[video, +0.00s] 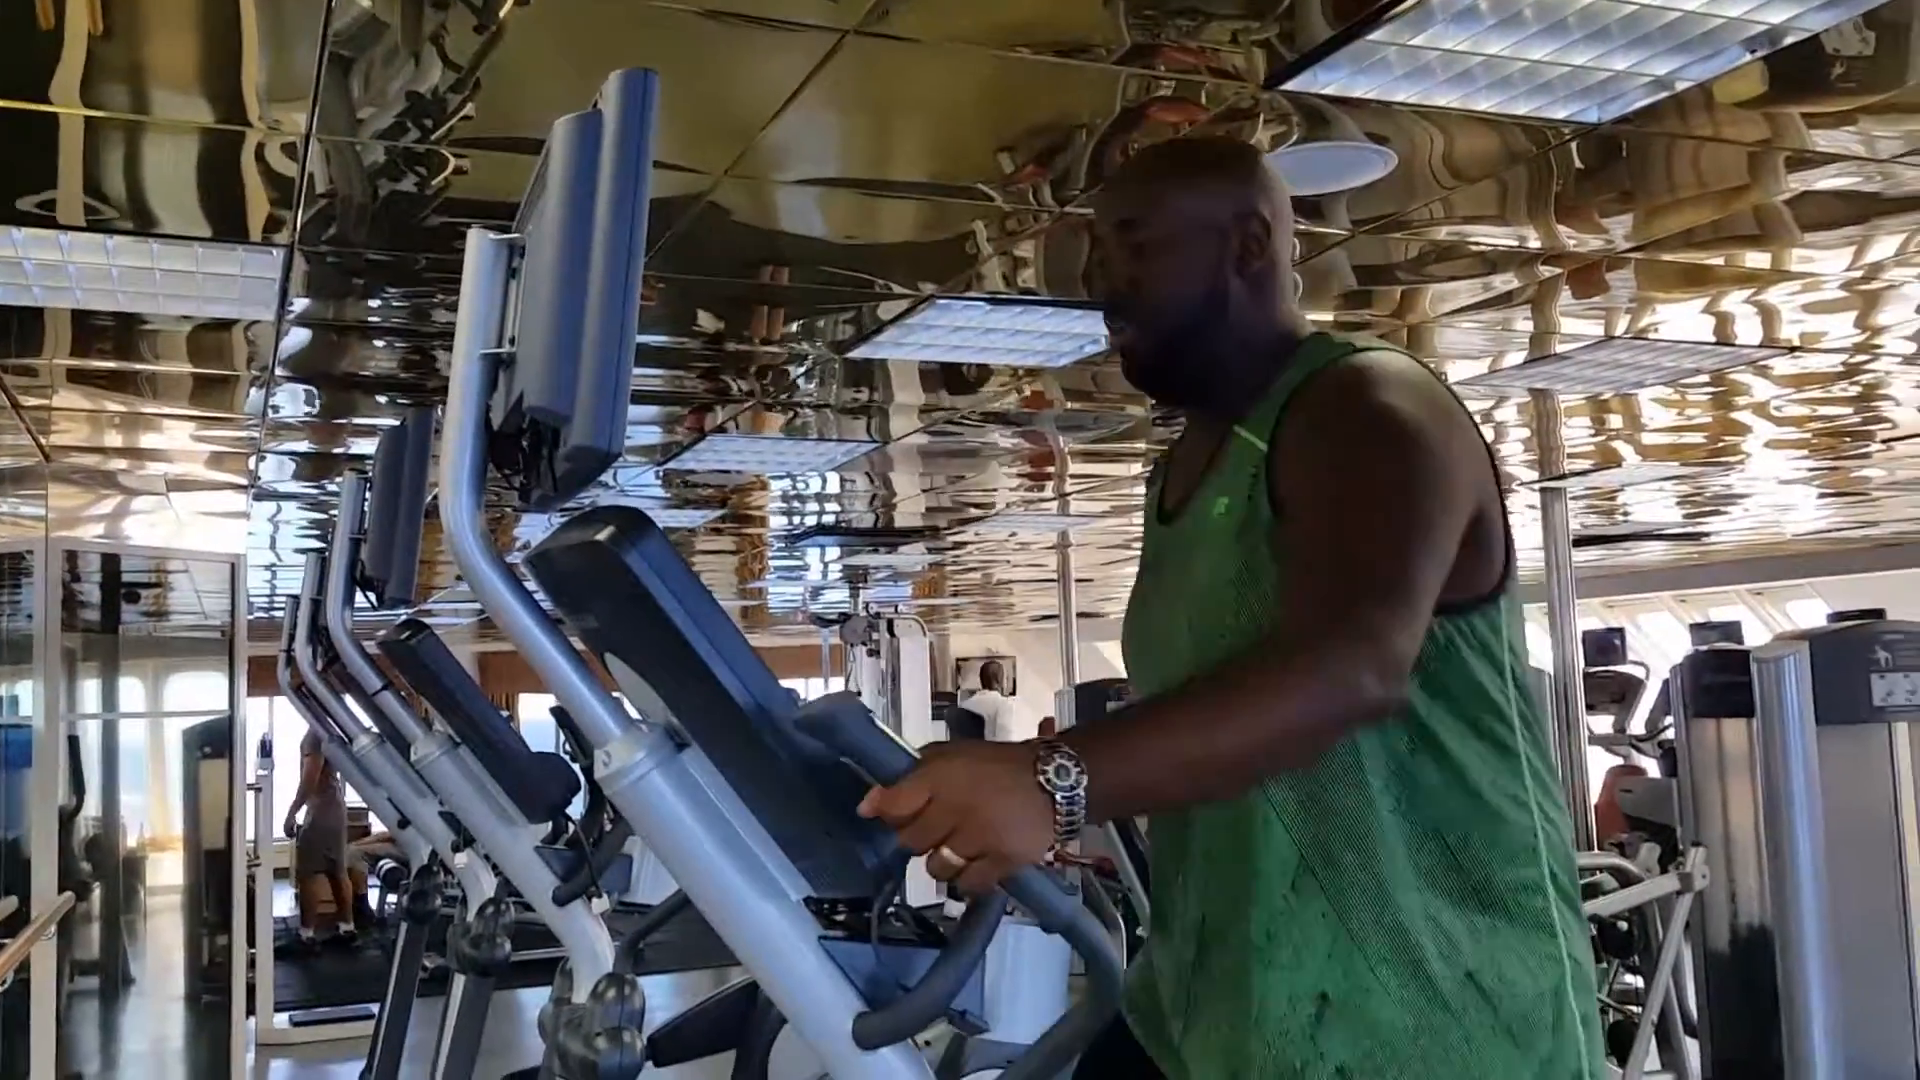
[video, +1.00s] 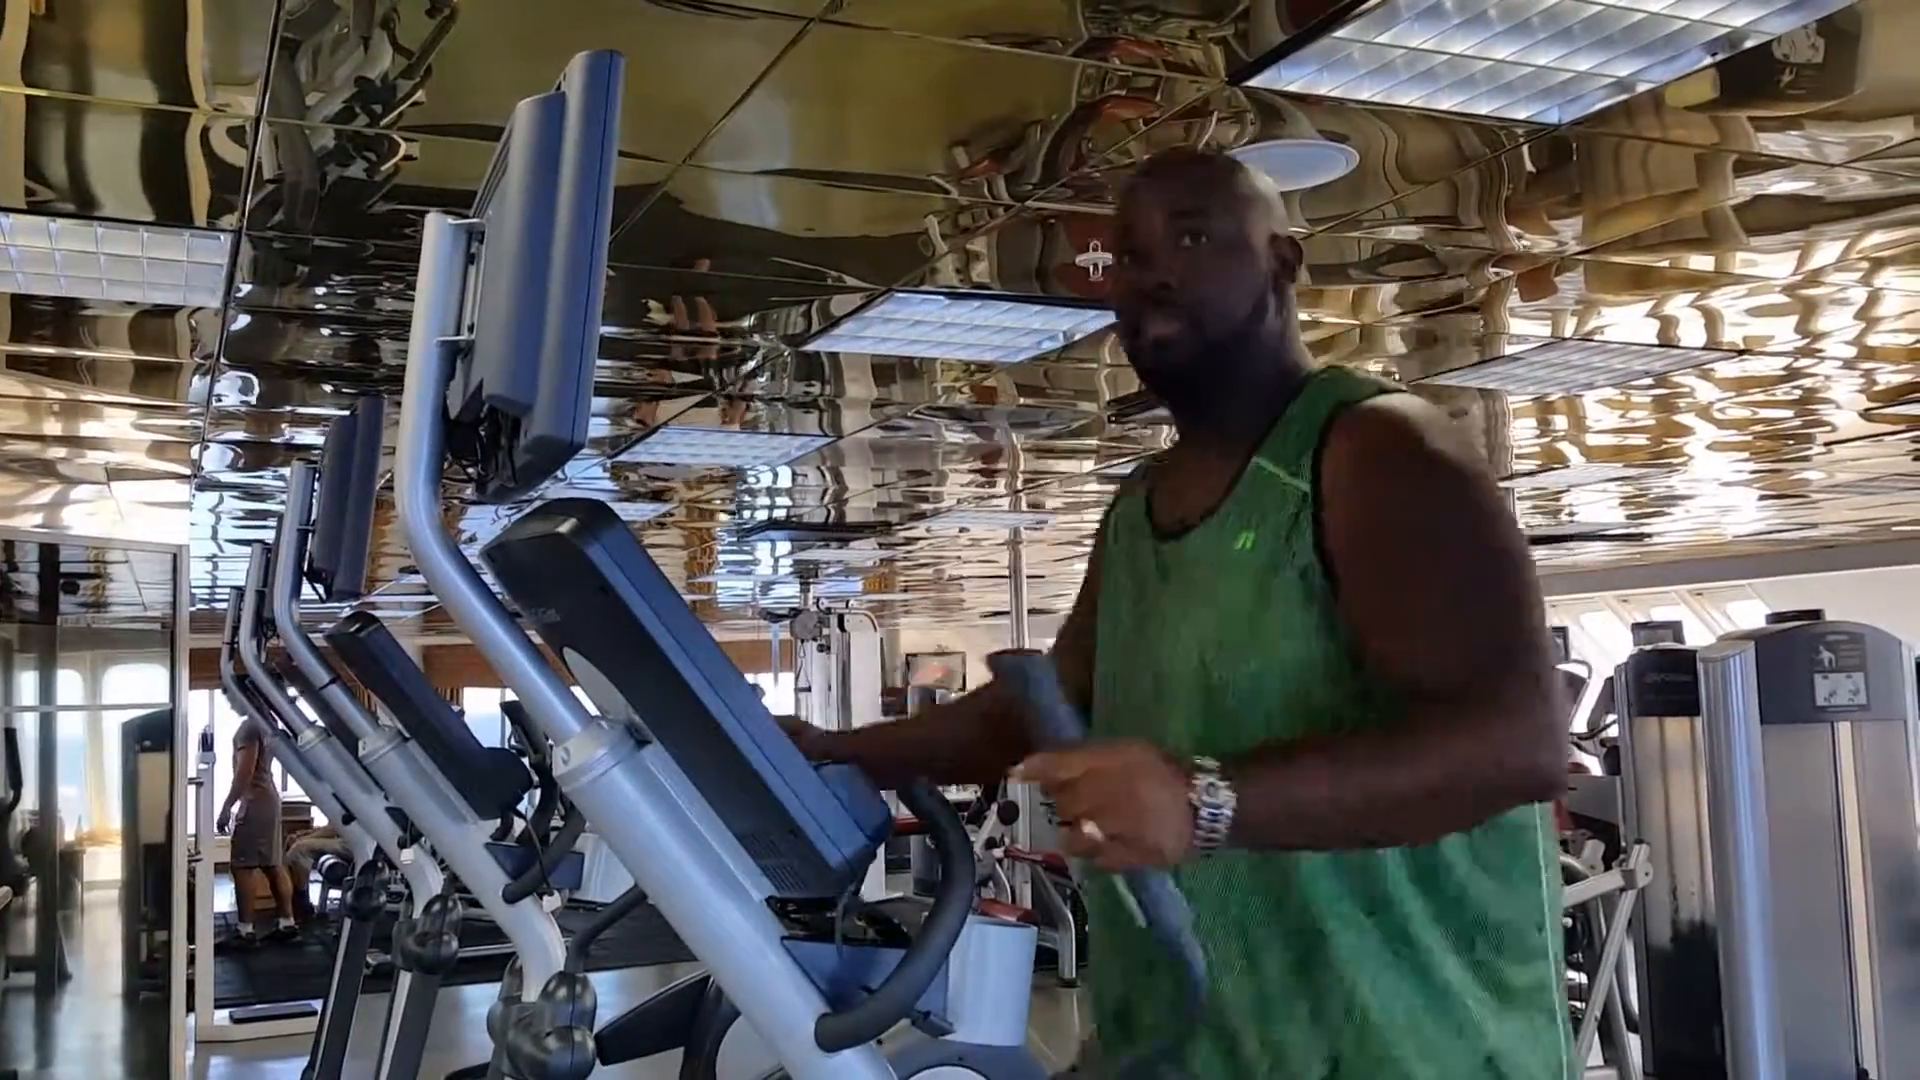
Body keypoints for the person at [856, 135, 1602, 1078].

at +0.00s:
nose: (1103, 286)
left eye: (1136, 246)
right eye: (1102, 255)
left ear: (1248, 245)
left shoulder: (1377, 409)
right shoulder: (1188, 456)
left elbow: (1360, 661)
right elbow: (1225, 702)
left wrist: (1062, 784)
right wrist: (1055, 772)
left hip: (1418, 1024)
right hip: (1231, 1009)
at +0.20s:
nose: (1081, 249)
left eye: (1112, 213)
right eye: (1071, 223)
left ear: (1217, 219)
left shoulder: (1345, 380)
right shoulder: (1131, 437)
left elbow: (1326, 625)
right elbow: (1158, 660)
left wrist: (1071, 769)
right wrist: (1051, 745)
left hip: (1379, 993)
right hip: (1203, 990)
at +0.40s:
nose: (1076, 333)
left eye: (1109, 291)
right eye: (1071, 303)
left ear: (1217, 299)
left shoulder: (1342, 461)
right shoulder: (1098, 526)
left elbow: (1460, 715)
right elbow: (1044, 730)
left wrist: (1217, 793)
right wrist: (858, 761)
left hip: (1346, 1023)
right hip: (1157, 1025)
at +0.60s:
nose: (1074, 279)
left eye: (1111, 248)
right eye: (1074, 252)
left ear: (1223, 265)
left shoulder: (1353, 431)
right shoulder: (1077, 501)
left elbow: (1562, 669)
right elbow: (956, 679)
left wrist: (1376, 838)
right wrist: (757, 752)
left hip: (1345, 998)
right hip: (1154, 997)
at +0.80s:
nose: (1075, 227)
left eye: (1114, 191)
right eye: (1068, 204)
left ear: (1234, 206)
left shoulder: (1359, 382)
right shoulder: (1076, 463)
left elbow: (1560, 631)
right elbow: (940, 648)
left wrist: (1354, 817)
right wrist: (752, 748)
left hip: (1389, 1017)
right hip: (1172, 1011)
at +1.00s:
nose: (1145, 276)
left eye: (1192, 236)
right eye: (1127, 255)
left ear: (1283, 265)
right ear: (1110, 290)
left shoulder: (1388, 460)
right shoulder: (1139, 512)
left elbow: (1517, 738)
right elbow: (1052, 712)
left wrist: (1210, 803)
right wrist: (842, 756)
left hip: (1407, 1046)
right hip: (1168, 1044)